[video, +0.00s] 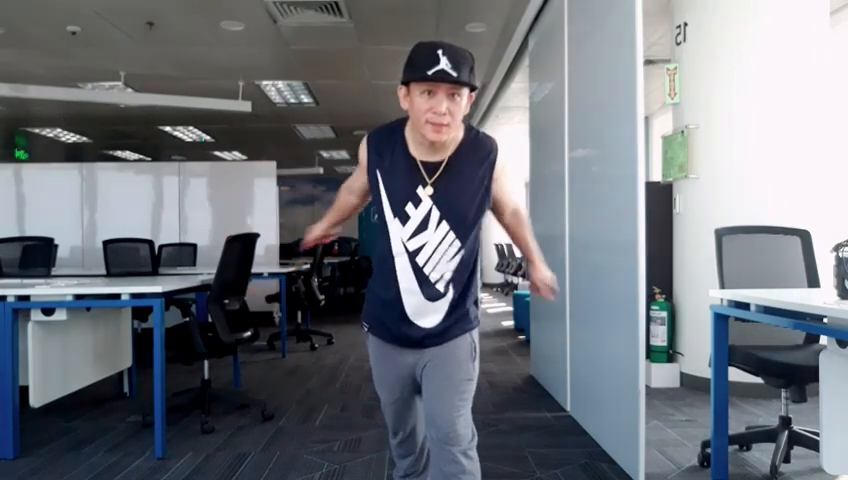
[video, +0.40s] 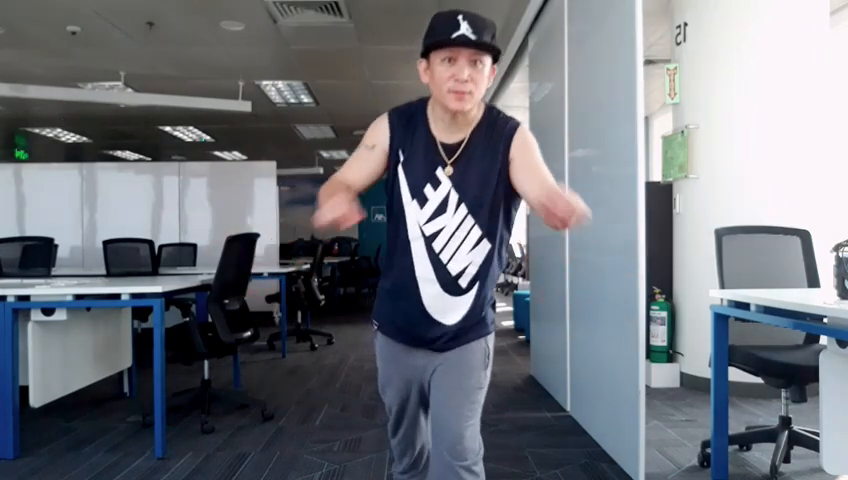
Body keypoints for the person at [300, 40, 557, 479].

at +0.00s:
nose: (441, 107)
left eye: (453, 95)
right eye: (429, 94)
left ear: (468, 101)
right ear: (405, 96)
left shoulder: (483, 153)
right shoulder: (376, 147)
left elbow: (510, 211)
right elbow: (356, 190)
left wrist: (537, 263)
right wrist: (326, 224)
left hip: (451, 330)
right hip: (387, 328)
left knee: (450, 439)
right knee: (400, 428)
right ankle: (407, 472)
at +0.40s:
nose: (463, 74)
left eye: (475, 62)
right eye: (450, 61)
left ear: (491, 74)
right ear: (425, 70)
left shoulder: (510, 137)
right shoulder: (393, 128)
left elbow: (545, 194)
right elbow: (342, 184)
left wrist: (561, 209)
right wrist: (335, 203)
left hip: (466, 332)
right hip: (399, 329)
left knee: (457, 453)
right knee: (406, 450)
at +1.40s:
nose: (454, 75)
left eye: (466, 64)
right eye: (442, 62)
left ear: (483, 77)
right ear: (420, 74)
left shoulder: (498, 148)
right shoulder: (387, 135)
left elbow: (530, 222)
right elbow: (341, 203)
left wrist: (551, 279)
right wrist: (309, 262)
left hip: (460, 333)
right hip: (390, 329)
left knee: (456, 451)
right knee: (388, 428)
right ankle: (394, 473)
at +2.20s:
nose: (472, 62)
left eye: (485, 48)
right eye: (458, 48)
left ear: (506, 56)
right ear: (435, 59)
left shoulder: (538, 128)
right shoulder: (409, 114)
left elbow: (574, 199)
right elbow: (356, 172)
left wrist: (613, 227)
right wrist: (329, 202)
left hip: (489, 337)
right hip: (411, 325)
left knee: (469, 468)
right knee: (372, 456)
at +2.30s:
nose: (478, 50)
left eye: (492, 35)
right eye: (463, 37)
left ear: (512, 44)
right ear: (441, 48)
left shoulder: (546, 117)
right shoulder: (415, 110)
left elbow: (589, 189)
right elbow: (360, 174)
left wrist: (568, 190)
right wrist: (307, 209)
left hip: (496, 337)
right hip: (416, 324)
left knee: (475, 470)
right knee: (370, 460)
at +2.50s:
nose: (489, 34)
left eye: (503, 20)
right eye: (473, 20)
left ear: (525, 31)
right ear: (450, 34)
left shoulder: (558, 105)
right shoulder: (424, 109)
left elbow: (573, 181)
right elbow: (367, 193)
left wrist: (488, 194)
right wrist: (310, 269)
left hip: (515, 333)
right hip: (432, 323)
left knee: (492, 471)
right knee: (413, 464)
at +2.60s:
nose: (492, 32)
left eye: (508, 17)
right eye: (477, 17)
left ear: (529, 30)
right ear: (452, 30)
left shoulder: (561, 105)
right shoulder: (426, 112)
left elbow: (577, 182)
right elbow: (397, 193)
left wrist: (488, 221)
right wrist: (366, 259)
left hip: (522, 331)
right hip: (444, 329)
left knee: (508, 471)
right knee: (461, 470)